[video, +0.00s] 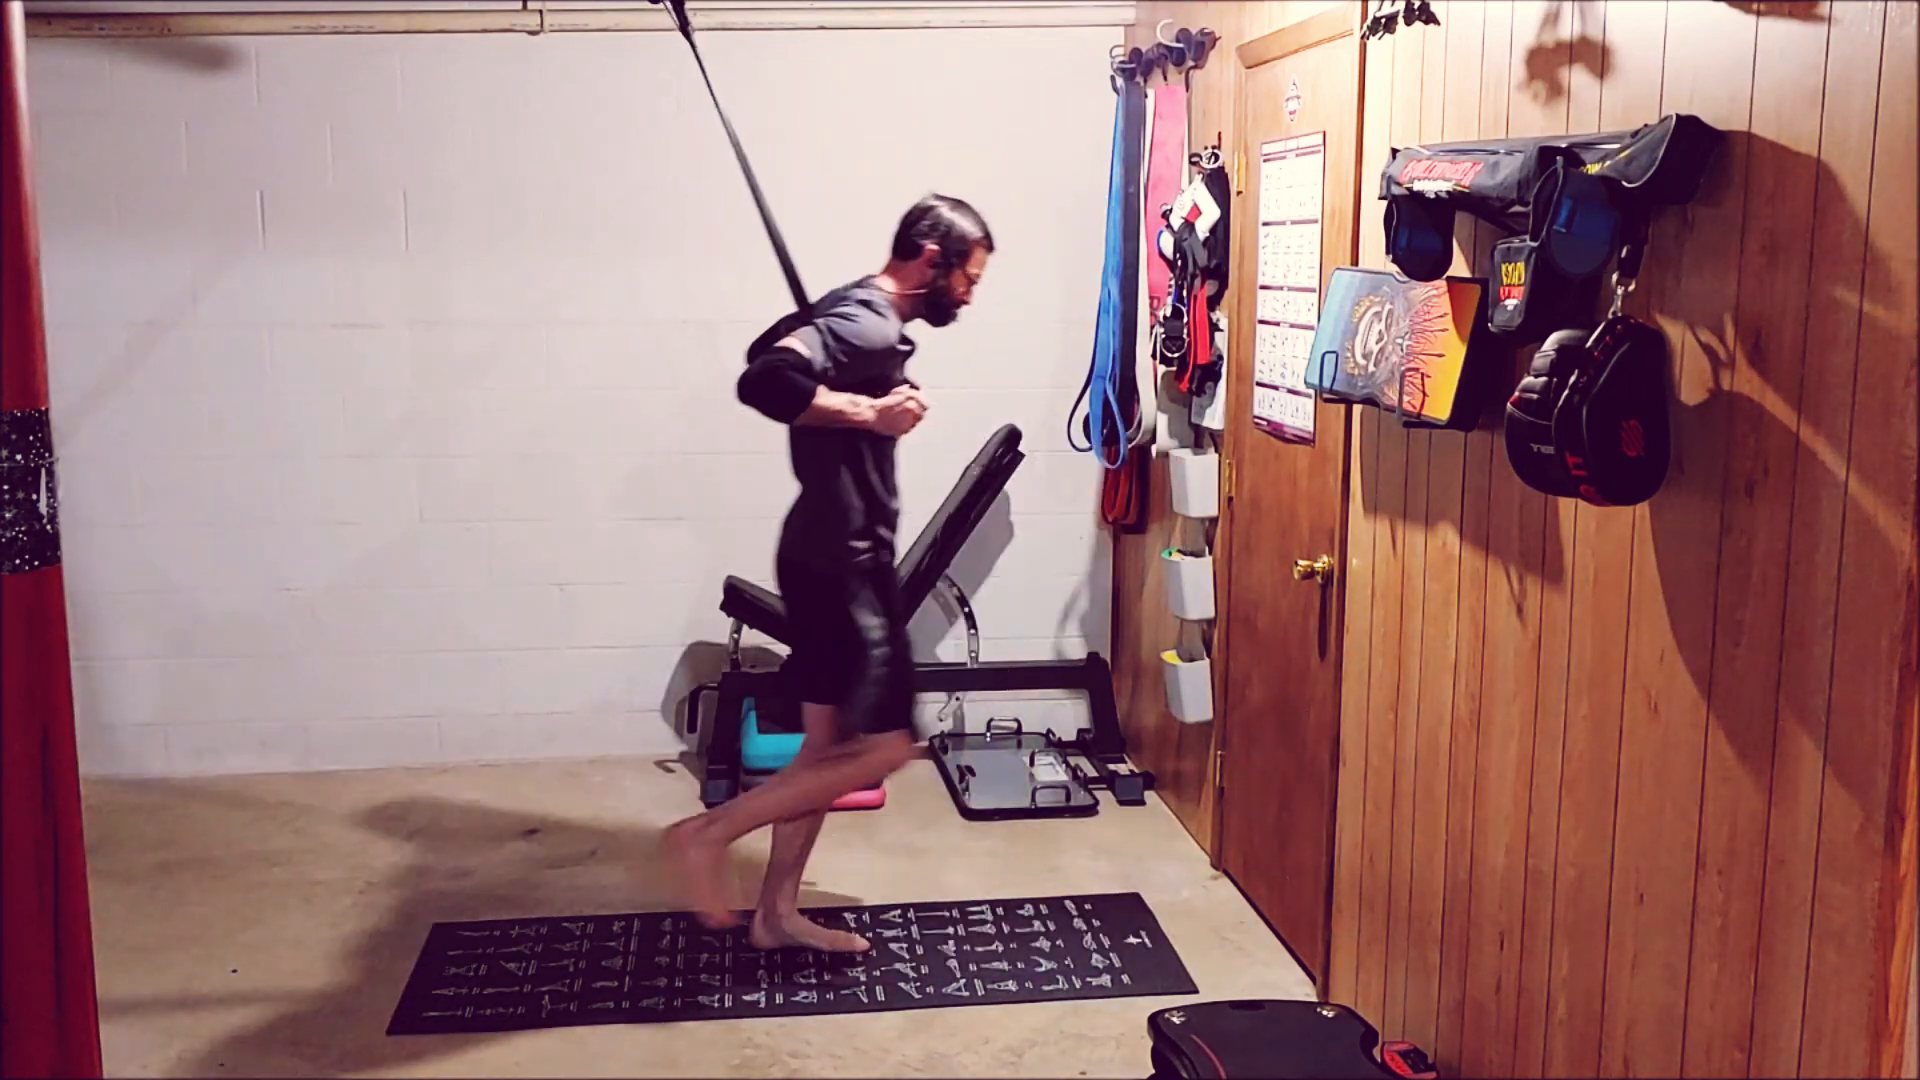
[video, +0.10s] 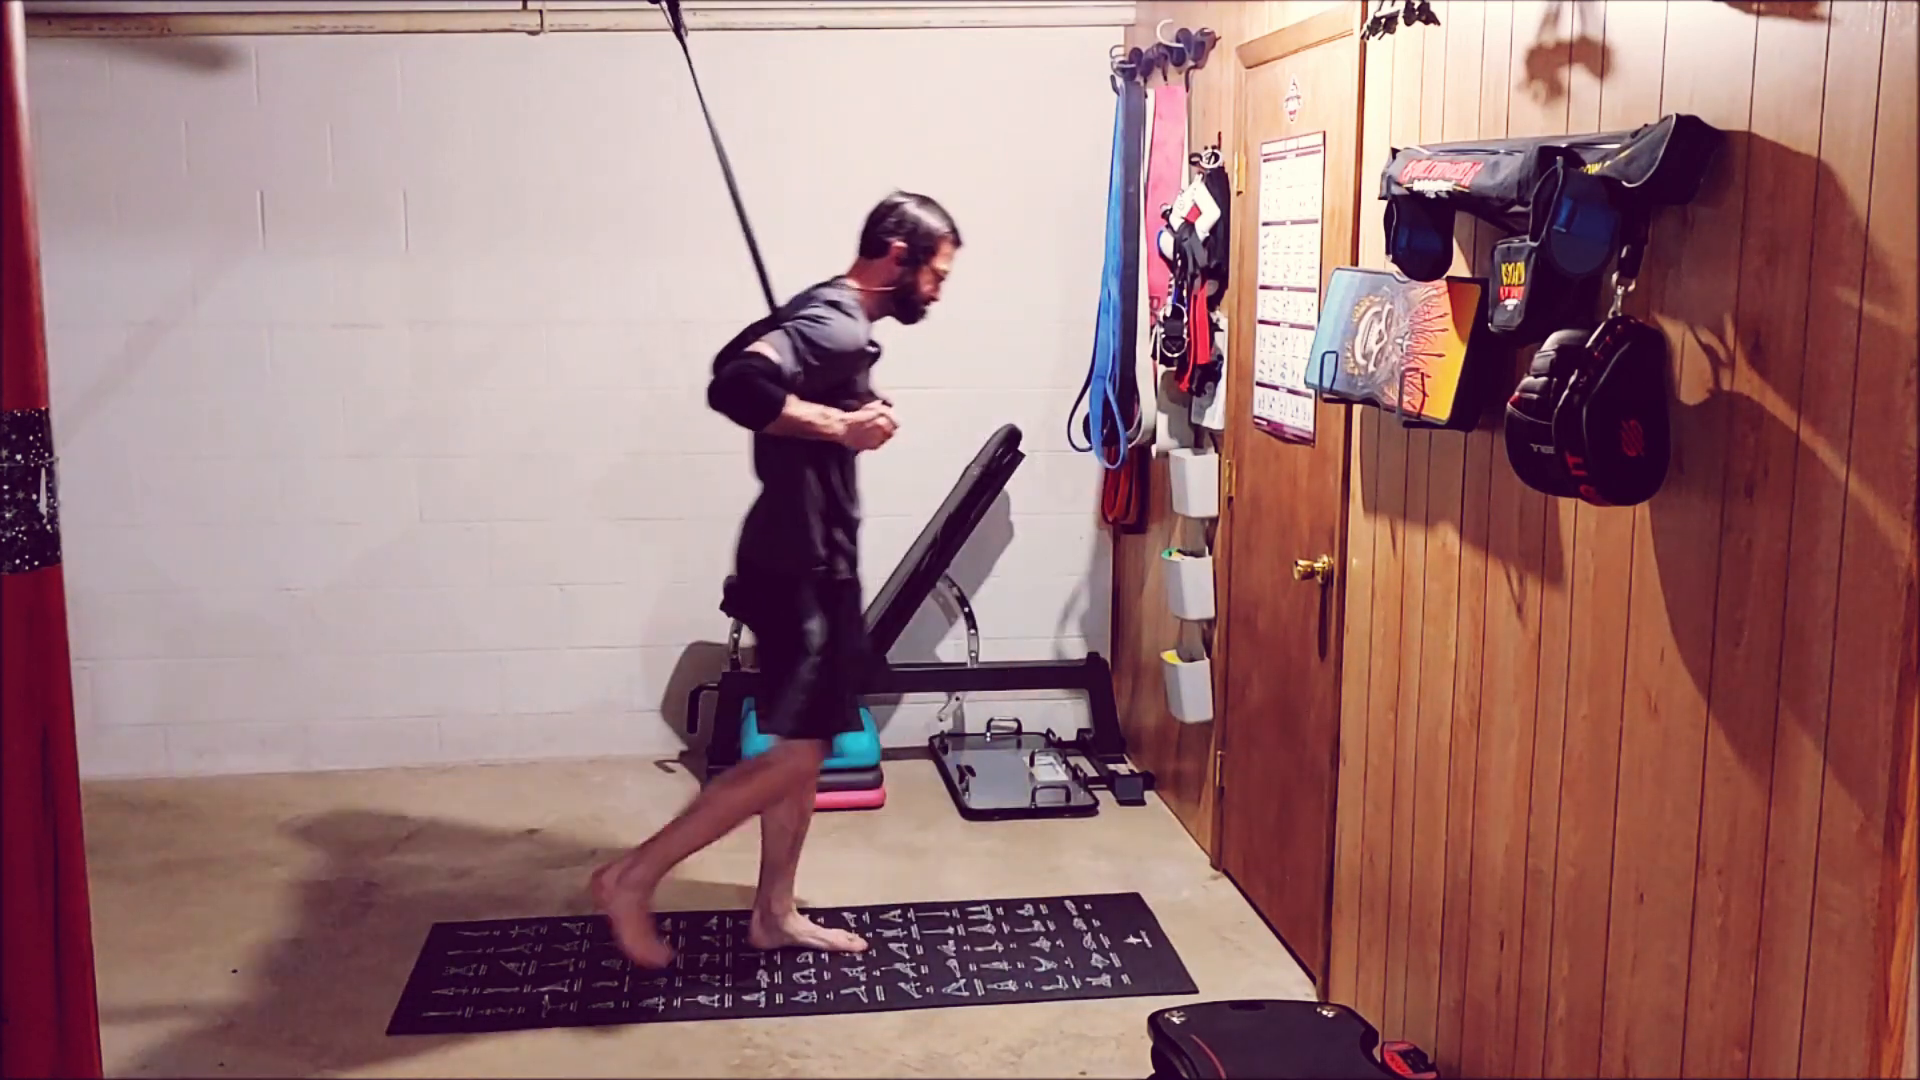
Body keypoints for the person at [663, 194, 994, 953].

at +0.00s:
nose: (970, 294)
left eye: (976, 279)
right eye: (968, 277)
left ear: (921, 256)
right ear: (929, 257)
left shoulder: (868, 308)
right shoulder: (865, 317)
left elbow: (770, 354)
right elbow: (765, 379)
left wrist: (875, 394)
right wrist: (869, 411)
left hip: (836, 547)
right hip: (837, 552)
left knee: (827, 742)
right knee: (887, 744)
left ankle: (777, 912)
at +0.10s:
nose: (941, 288)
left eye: (946, 273)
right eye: (937, 272)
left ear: (888, 259)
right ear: (894, 258)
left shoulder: (839, 313)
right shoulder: (832, 315)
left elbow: (738, 366)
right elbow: (738, 381)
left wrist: (840, 418)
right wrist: (841, 425)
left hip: (817, 556)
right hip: (795, 558)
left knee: (806, 740)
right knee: (795, 750)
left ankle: (775, 913)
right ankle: (628, 879)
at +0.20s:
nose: (905, 289)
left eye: (909, 275)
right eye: (900, 273)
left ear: (854, 261)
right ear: (857, 260)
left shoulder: (807, 323)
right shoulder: (791, 319)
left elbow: (712, 390)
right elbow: (701, 390)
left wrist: (815, 430)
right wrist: (808, 437)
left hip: (784, 561)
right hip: (748, 562)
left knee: (796, 736)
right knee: (717, 752)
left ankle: (774, 911)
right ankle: (587, 914)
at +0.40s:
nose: (825, 296)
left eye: (828, 281)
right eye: (821, 279)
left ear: (777, 266)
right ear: (775, 263)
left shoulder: (735, 337)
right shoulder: (707, 327)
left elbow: (672, 425)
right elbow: (615, 419)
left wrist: (742, 424)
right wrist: (729, 447)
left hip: (711, 582)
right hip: (661, 581)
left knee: (760, 731)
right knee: (627, 756)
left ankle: (763, 912)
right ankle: (568, 937)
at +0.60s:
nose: (767, 293)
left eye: (771, 278)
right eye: (762, 276)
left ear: (716, 264)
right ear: (715, 261)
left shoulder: (679, 335)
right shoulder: (645, 327)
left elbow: (616, 427)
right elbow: (550, 418)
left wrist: (687, 428)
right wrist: (668, 445)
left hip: (663, 580)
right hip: (608, 581)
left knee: (719, 728)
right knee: (595, 758)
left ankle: (670, 910)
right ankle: (564, 941)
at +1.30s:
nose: (777, 290)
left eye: (780, 275)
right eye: (772, 273)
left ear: (721, 262)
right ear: (724, 260)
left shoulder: (681, 332)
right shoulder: (659, 328)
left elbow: (622, 421)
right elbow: (561, 414)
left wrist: (698, 421)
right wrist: (674, 443)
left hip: (623, 575)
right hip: (635, 579)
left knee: (617, 748)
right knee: (717, 736)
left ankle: (560, 925)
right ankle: (657, 923)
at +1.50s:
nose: (848, 303)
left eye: (853, 288)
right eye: (844, 286)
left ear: (795, 275)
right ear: (797, 273)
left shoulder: (753, 337)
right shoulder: (733, 336)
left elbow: (700, 425)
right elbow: (631, 414)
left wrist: (771, 413)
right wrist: (747, 442)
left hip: (686, 578)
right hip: (696, 583)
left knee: (651, 744)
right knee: (783, 730)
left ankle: (565, 918)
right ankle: (780, 918)